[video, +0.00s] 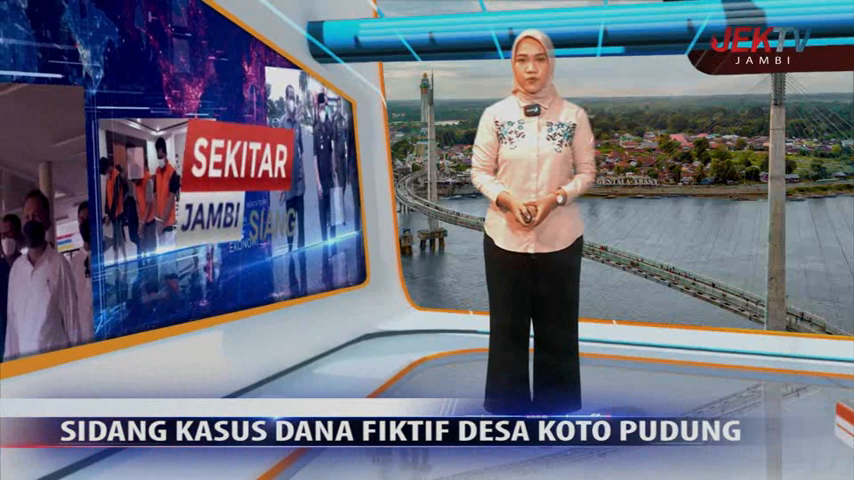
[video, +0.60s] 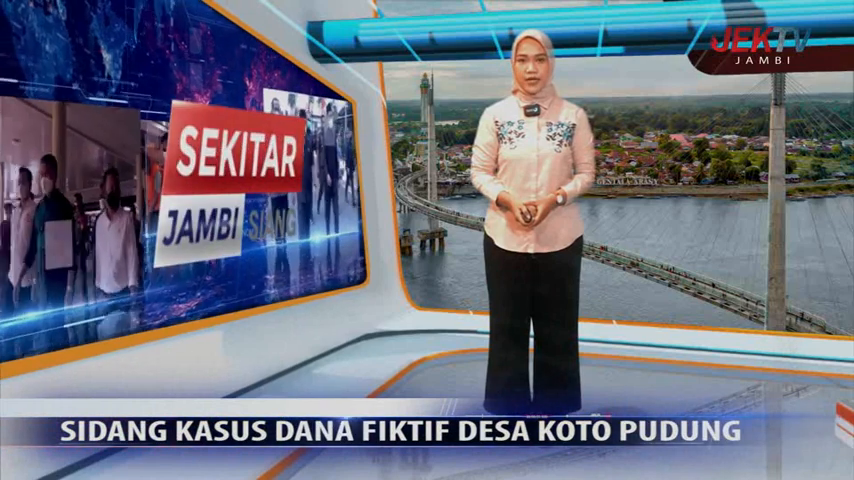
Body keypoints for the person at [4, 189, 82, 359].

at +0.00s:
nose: (31, 220)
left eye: (37, 215)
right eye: (26, 216)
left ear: (48, 222)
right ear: (21, 222)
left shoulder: (60, 264)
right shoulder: (16, 268)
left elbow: (70, 311)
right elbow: (11, 318)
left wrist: (76, 349)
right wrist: (10, 357)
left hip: (55, 354)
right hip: (22, 355)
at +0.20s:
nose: (51, 208)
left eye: (54, 204)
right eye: (48, 205)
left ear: (60, 205)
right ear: (45, 208)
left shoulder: (66, 226)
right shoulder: (44, 229)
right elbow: (39, 261)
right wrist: (37, 301)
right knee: (44, 315)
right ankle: (42, 348)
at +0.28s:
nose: (27, 209)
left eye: (28, 206)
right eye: (26, 206)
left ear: (32, 207)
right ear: (25, 207)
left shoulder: (35, 224)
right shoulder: (24, 223)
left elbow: (39, 243)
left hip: (34, 265)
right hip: (25, 265)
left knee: (30, 303)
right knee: (26, 302)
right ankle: (40, 319)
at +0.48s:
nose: (26, 177)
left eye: (30, 172)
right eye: (23, 172)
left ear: (38, 173)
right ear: (21, 175)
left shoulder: (50, 203)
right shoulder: (23, 204)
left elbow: (54, 238)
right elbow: (18, 235)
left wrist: (56, 268)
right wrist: (12, 264)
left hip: (43, 266)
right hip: (26, 264)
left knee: (40, 313)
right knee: (28, 311)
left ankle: (41, 350)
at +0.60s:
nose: (41, 178)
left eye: (44, 174)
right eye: (40, 174)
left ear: (52, 175)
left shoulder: (64, 204)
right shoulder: (40, 205)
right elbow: (35, 236)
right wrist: (27, 263)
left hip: (56, 262)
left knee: (55, 305)